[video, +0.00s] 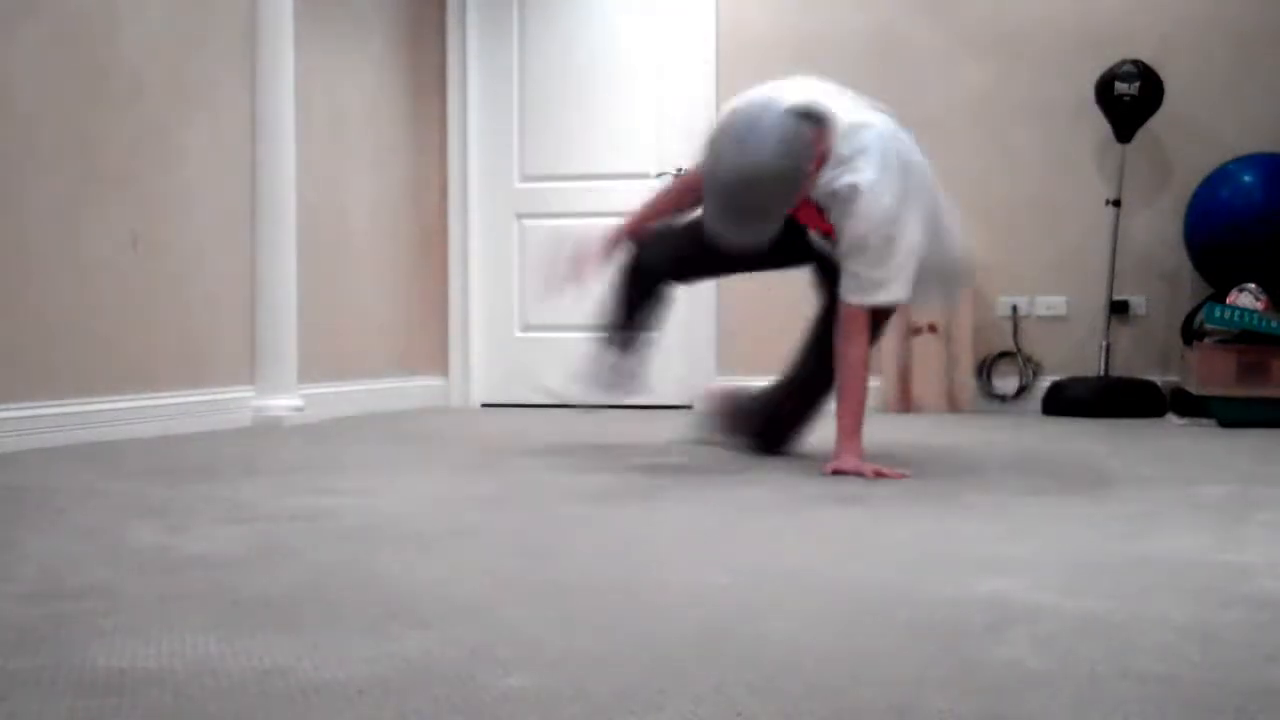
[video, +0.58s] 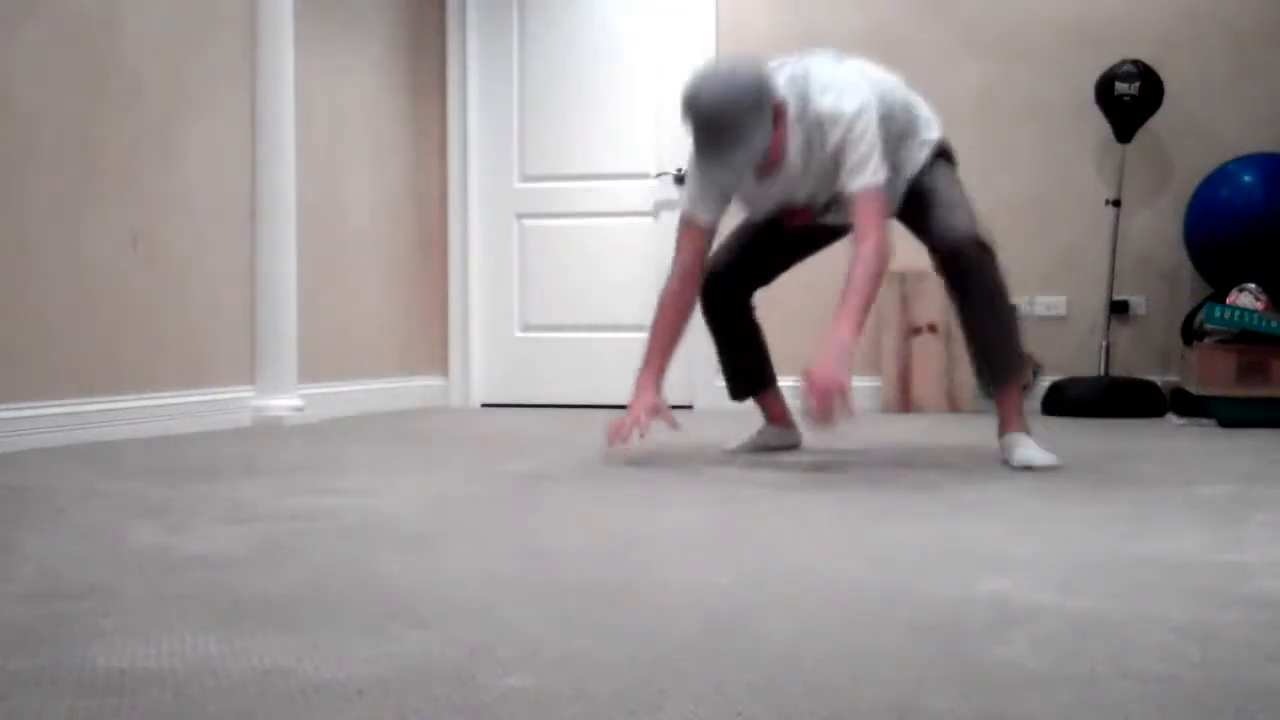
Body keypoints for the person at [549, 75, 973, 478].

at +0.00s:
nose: (740, 229)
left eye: (754, 217)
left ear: (813, 164)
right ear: (730, 151)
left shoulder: (871, 190)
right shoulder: (748, 127)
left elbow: (852, 330)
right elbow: (698, 184)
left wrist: (848, 451)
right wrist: (619, 236)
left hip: (870, 262)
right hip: (802, 220)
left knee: (819, 371)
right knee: (655, 254)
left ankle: (753, 423)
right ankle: (619, 362)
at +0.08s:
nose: (736, 257)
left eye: (748, 248)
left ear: (786, 187)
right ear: (715, 185)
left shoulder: (855, 187)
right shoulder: (710, 149)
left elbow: (851, 328)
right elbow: (655, 232)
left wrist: (849, 450)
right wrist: (601, 316)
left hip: (907, 212)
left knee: (867, 336)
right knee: (672, 271)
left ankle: (818, 421)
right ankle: (696, 376)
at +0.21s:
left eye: (737, 281)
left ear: (770, 213)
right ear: (685, 218)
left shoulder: (830, 190)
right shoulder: (683, 185)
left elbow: (836, 328)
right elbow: (659, 297)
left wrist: (847, 453)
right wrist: (644, 407)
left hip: (899, 159)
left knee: (909, 308)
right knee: (688, 289)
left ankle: (933, 400)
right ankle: (768, 385)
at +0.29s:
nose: (729, 291)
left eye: (737, 276)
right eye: (713, 282)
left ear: (768, 220)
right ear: (686, 229)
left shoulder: (821, 191)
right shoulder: (685, 206)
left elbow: (838, 325)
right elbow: (684, 332)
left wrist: (848, 450)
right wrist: (670, 447)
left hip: (875, 177)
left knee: (978, 303)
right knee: (699, 321)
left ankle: (1024, 401)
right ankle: (775, 424)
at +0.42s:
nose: (730, 250)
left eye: (741, 236)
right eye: (717, 240)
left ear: (768, 192)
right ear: (688, 205)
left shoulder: (824, 163)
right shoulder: (693, 195)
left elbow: (832, 310)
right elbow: (687, 316)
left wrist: (849, 442)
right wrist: (662, 437)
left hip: (877, 186)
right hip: (797, 215)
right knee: (705, 305)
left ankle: (1068, 385)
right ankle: (776, 425)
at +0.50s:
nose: (739, 221)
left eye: (749, 205)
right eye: (723, 208)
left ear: (776, 161)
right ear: (696, 173)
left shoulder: (837, 140)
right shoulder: (704, 170)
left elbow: (846, 277)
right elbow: (689, 296)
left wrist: (841, 400)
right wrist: (653, 414)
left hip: (892, 170)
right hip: (809, 204)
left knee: (974, 202)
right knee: (712, 293)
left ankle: (1035, 383)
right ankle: (777, 423)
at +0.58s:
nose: (748, 169)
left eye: (756, 154)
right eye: (731, 162)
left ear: (778, 117)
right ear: (706, 136)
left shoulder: (847, 107)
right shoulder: (714, 147)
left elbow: (872, 242)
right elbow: (686, 274)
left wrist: (837, 353)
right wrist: (648, 384)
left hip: (906, 170)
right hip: (818, 195)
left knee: (965, 248)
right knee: (720, 284)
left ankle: (1015, 430)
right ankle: (778, 425)